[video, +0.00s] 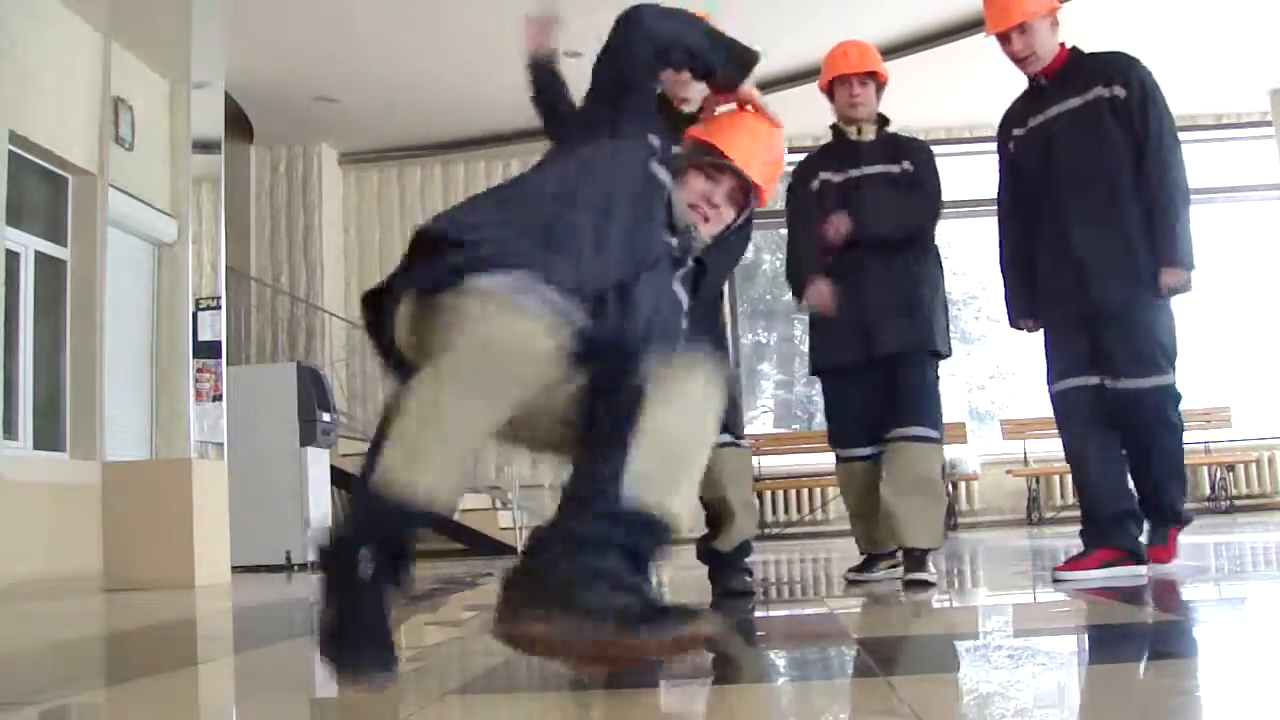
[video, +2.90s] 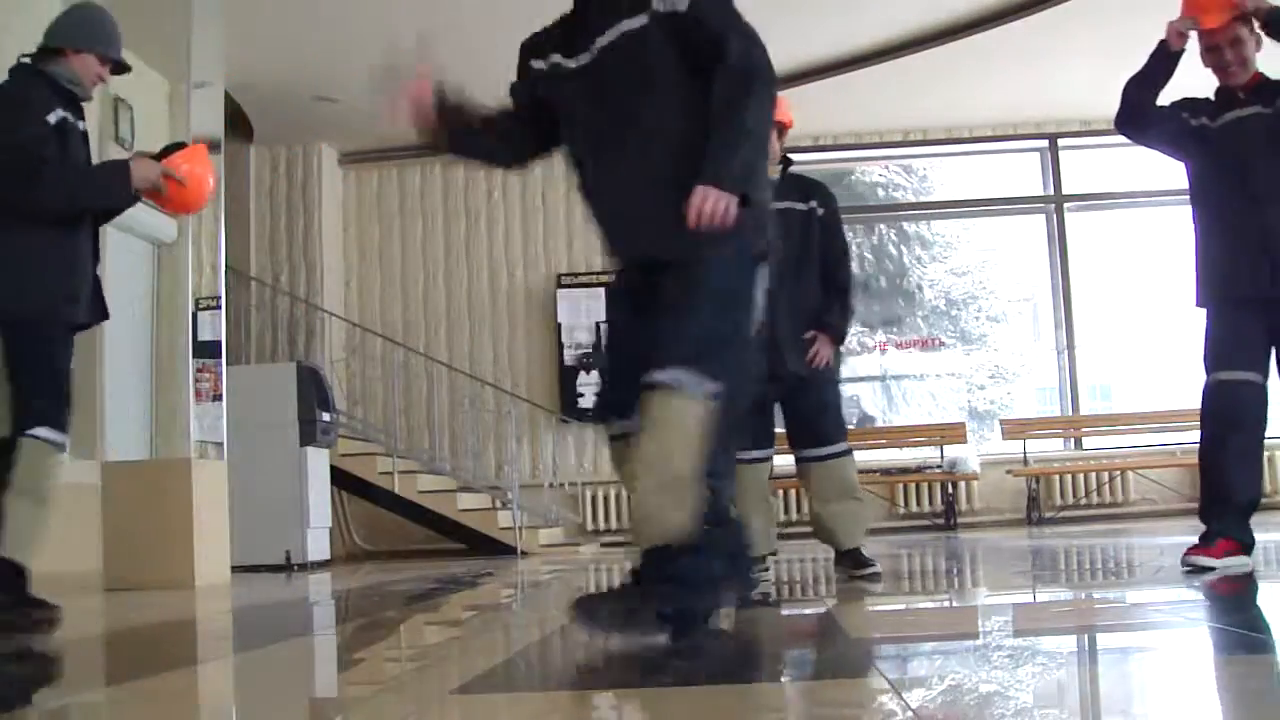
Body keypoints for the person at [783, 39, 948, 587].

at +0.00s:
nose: (855, 94)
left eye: (865, 83)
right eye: (844, 86)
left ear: (880, 90)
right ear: (829, 95)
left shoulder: (911, 151)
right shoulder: (811, 170)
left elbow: (922, 215)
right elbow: (799, 238)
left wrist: (853, 218)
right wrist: (809, 278)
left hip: (908, 317)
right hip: (840, 323)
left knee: (914, 432)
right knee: (855, 439)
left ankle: (916, 549)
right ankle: (877, 549)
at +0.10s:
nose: (864, 92)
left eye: (874, 82)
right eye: (852, 84)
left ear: (889, 88)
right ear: (837, 92)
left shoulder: (920, 155)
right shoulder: (818, 165)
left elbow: (935, 229)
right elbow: (805, 250)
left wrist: (898, 261)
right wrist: (806, 322)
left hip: (910, 324)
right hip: (842, 329)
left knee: (917, 435)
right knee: (848, 440)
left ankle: (919, 547)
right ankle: (871, 540)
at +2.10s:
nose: (821, 128)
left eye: (830, 119)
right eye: (812, 121)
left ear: (849, 125)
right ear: (802, 129)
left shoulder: (873, 193)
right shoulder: (785, 192)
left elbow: (896, 264)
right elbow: (771, 266)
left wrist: (909, 324)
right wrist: (774, 323)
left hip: (864, 343)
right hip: (803, 344)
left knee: (863, 449)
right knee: (806, 449)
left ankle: (857, 550)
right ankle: (811, 551)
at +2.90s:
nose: (770, 139)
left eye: (775, 130)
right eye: (762, 129)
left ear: (783, 136)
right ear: (745, 136)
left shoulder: (812, 196)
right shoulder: (724, 197)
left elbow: (837, 272)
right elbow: (710, 271)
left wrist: (830, 329)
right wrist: (713, 334)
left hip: (803, 347)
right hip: (742, 351)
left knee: (826, 450)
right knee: (747, 460)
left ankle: (849, 548)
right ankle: (756, 562)